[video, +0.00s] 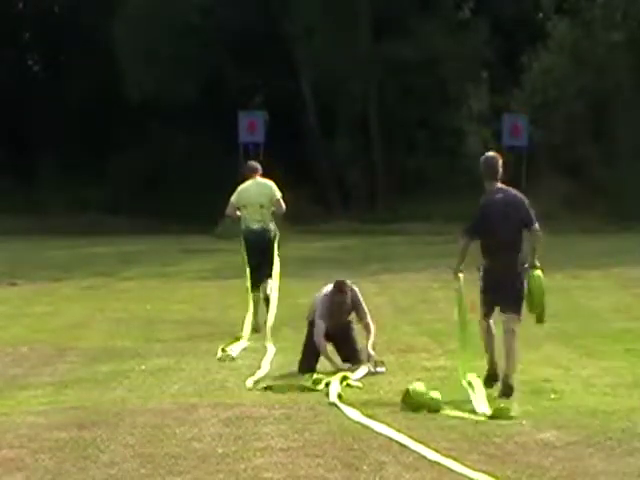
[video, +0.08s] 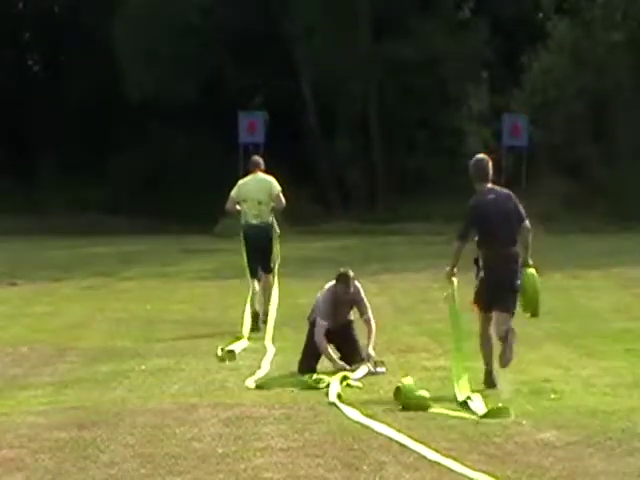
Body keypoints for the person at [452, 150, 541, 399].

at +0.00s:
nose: (489, 175)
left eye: (486, 171)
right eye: (497, 169)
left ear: (482, 173)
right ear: (502, 171)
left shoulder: (484, 203)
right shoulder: (518, 199)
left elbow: (468, 238)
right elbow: (535, 231)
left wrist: (458, 265)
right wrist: (533, 260)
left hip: (491, 269)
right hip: (514, 269)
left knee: (485, 318)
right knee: (511, 324)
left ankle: (492, 364)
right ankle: (508, 376)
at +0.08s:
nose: (477, 178)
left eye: (473, 174)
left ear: (472, 175)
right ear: (492, 173)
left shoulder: (476, 203)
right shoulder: (508, 197)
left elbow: (463, 239)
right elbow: (526, 228)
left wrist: (453, 266)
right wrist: (527, 258)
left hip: (488, 263)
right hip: (511, 261)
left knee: (485, 323)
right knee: (502, 321)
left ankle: (489, 372)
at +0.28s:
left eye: (461, 182)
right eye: (472, 180)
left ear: (458, 183)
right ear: (477, 181)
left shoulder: (457, 210)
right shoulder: (492, 200)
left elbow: (447, 248)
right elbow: (511, 225)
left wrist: (437, 280)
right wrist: (512, 255)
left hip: (470, 262)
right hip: (493, 259)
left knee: (473, 313)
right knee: (485, 313)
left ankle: (479, 345)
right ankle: (478, 365)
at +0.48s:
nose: (438, 211)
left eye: (437, 207)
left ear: (437, 204)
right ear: (451, 197)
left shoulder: (449, 222)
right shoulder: (475, 206)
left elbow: (435, 260)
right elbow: (495, 222)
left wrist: (421, 294)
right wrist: (499, 254)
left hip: (466, 268)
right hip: (487, 265)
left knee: (458, 317)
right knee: (480, 316)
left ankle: (460, 353)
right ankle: (480, 352)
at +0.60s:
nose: (436, 202)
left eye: (435, 198)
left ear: (435, 198)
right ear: (452, 193)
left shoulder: (438, 219)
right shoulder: (470, 205)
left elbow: (427, 259)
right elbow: (487, 220)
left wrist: (415, 292)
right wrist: (493, 250)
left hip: (457, 266)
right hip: (479, 261)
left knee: (452, 318)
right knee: (476, 312)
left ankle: (464, 364)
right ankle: (481, 334)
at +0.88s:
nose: (435, 177)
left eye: (431, 173)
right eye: (439, 171)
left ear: (427, 175)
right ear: (444, 173)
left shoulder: (428, 197)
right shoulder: (458, 193)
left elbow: (426, 218)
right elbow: (475, 216)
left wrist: (422, 246)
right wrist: (481, 243)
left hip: (439, 248)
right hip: (458, 245)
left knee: (435, 295)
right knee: (458, 298)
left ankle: (443, 329)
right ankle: (456, 346)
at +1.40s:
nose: (434, 175)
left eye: (428, 173)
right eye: (435, 171)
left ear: (420, 174)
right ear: (435, 172)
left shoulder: (417, 195)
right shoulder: (447, 191)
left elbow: (407, 217)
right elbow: (461, 214)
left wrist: (399, 215)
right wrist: (465, 231)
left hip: (425, 240)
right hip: (442, 239)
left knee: (423, 286)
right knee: (438, 279)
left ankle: (420, 329)